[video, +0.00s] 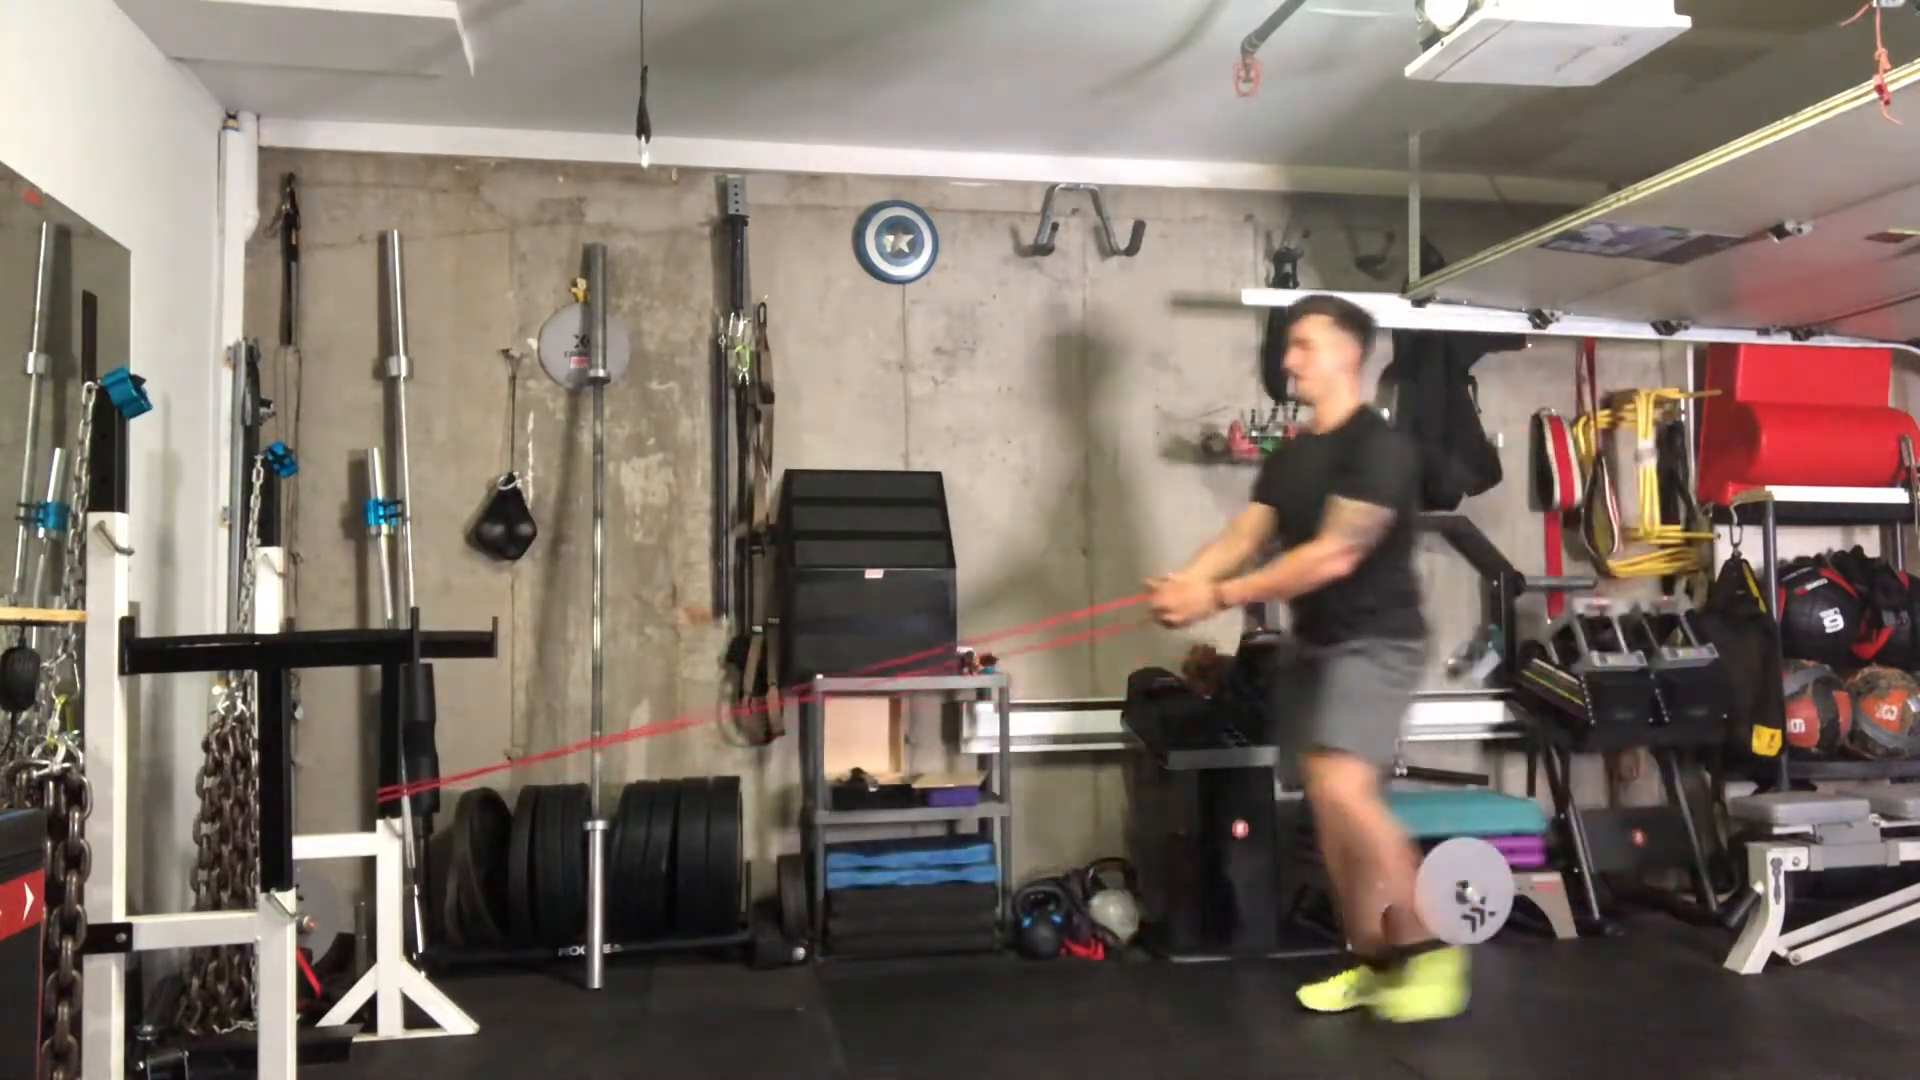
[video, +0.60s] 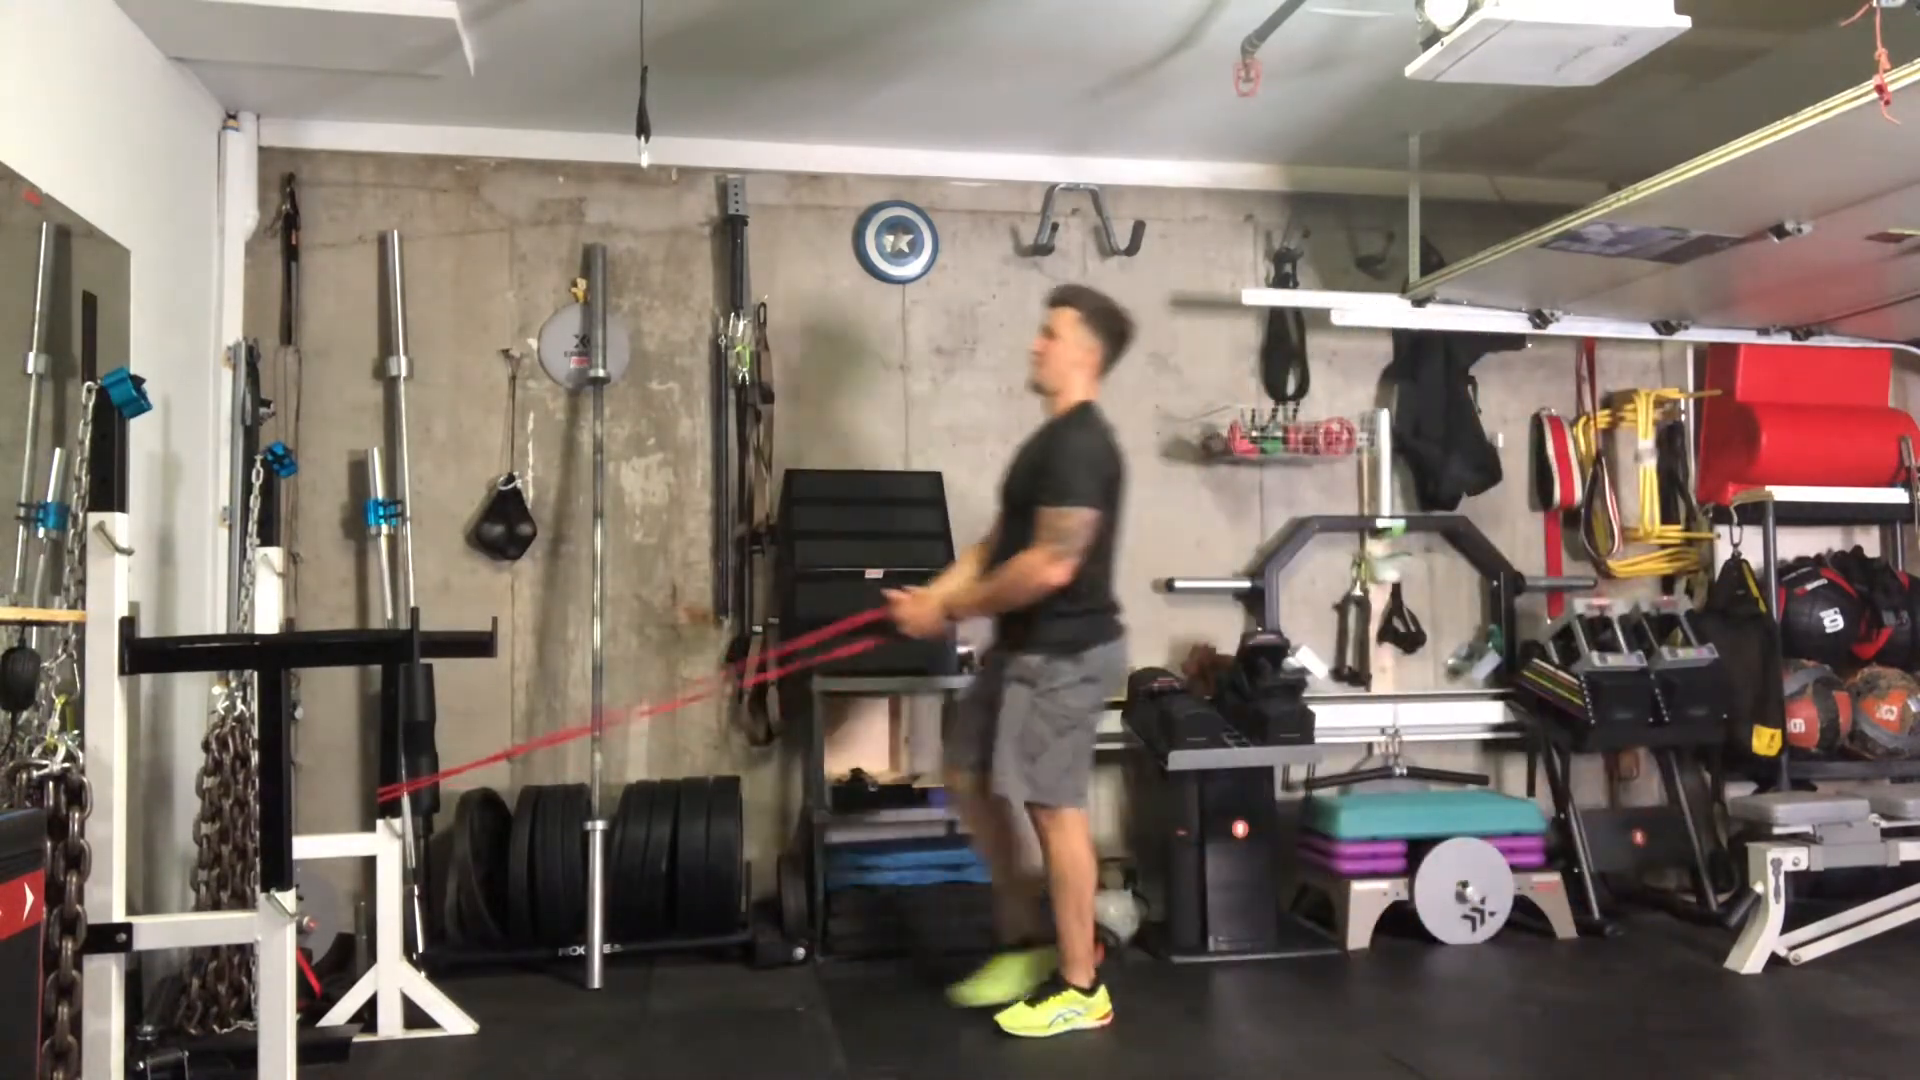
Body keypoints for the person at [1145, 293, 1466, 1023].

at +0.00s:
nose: (1291, 357)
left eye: (1307, 345)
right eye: (1288, 346)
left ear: (1354, 356)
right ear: (1288, 363)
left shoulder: (1382, 446)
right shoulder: (1291, 456)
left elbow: (1335, 554)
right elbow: (1245, 535)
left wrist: (1219, 595)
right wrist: (1188, 580)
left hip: (1377, 642)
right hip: (1317, 645)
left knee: (1340, 780)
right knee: (1328, 790)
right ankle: (1370, 958)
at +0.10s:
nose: (1254, 361)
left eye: (1267, 347)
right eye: (1253, 348)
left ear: (1313, 358)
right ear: (1263, 360)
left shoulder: (1338, 451)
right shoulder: (1250, 459)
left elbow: (1296, 560)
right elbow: (1209, 536)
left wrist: (1184, 598)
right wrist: (1151, 585)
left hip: (1328, 647)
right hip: (1275, 648)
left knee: (1264, 777)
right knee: (1315, 797)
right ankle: (1373, 962)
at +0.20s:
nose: (1212, 367)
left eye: (1227, 355)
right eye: (1213, 355)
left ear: (1274, 369)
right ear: (1228, 369)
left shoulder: (1289, 457)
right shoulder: (1215, 460)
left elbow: (1257, 572)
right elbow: (1173, 544)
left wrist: (1146, 614)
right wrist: (1113, 599)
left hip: (1276, 662)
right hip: (1236, 661)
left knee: (1205, 801)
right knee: (1294, 803)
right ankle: (1370, 956)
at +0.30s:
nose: (1166, 372)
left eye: (1182, 360)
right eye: (1169, 360)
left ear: (1225, 375)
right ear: (1193, 377)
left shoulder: (1236, 470)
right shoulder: (1171, 468)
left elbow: (1207, 591)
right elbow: (1128, 558)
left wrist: (1100, 634)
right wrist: (1073, 617)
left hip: (1210, 670)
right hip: (1178, 665)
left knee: (1136, 805)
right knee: (1229, 808)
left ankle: (1088, 987)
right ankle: (1353, 942)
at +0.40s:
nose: (1121, 365)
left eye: (1137, 354)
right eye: (1125, 352)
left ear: (1178, 371)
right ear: (1154, 371)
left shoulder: (1181, 470)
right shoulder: (1119, 467)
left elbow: (1155, 595)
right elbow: (1078, 562)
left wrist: (1050, 644)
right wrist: (1025, 628)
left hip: (1156, 669)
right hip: (1115, 666)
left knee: (1075, 798)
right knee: (1126, 812)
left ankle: (1080, 990)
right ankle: (1278, 906)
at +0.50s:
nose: (1078, 351)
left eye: (1095, 341)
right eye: (1083, 338)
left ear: (1136, 361)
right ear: (1105, 356)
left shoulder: (1130, 453)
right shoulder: (1081, 453)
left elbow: (1103, 580)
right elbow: (1037, 551)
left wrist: (1003, 628)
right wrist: (980, 613)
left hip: (1113, 663)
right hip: (1071, 658)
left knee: (1060, 801)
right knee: (1044, 791)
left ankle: (1081, 989)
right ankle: (1171, 902)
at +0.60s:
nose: (1034, 345)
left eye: (1050, 335)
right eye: (1040, 333)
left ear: (1088, 354)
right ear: (1068, 354)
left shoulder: (1082, 442)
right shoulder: (1045, 443)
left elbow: (1054, 564)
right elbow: (995, 546)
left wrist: (954, 606)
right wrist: (932, 597)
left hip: (1066, 652)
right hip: (1020, 647)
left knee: (1054, 801)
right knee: (972, 779)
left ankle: (1081, 984)